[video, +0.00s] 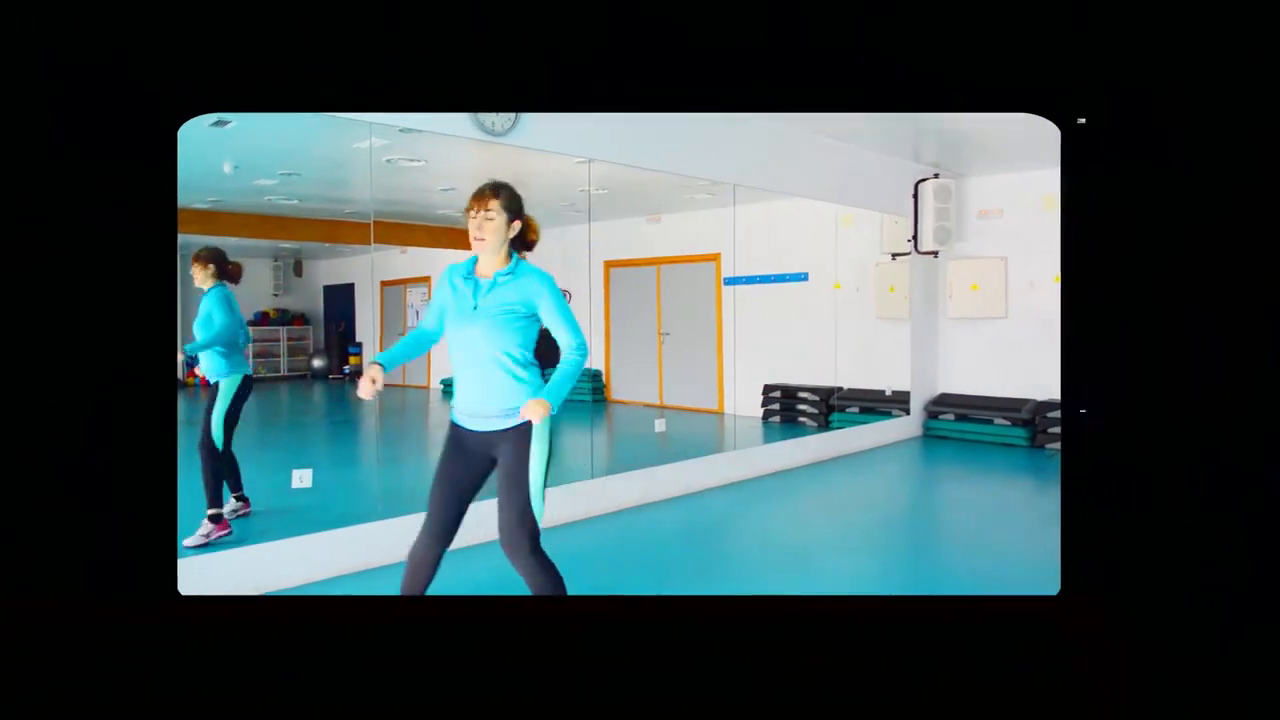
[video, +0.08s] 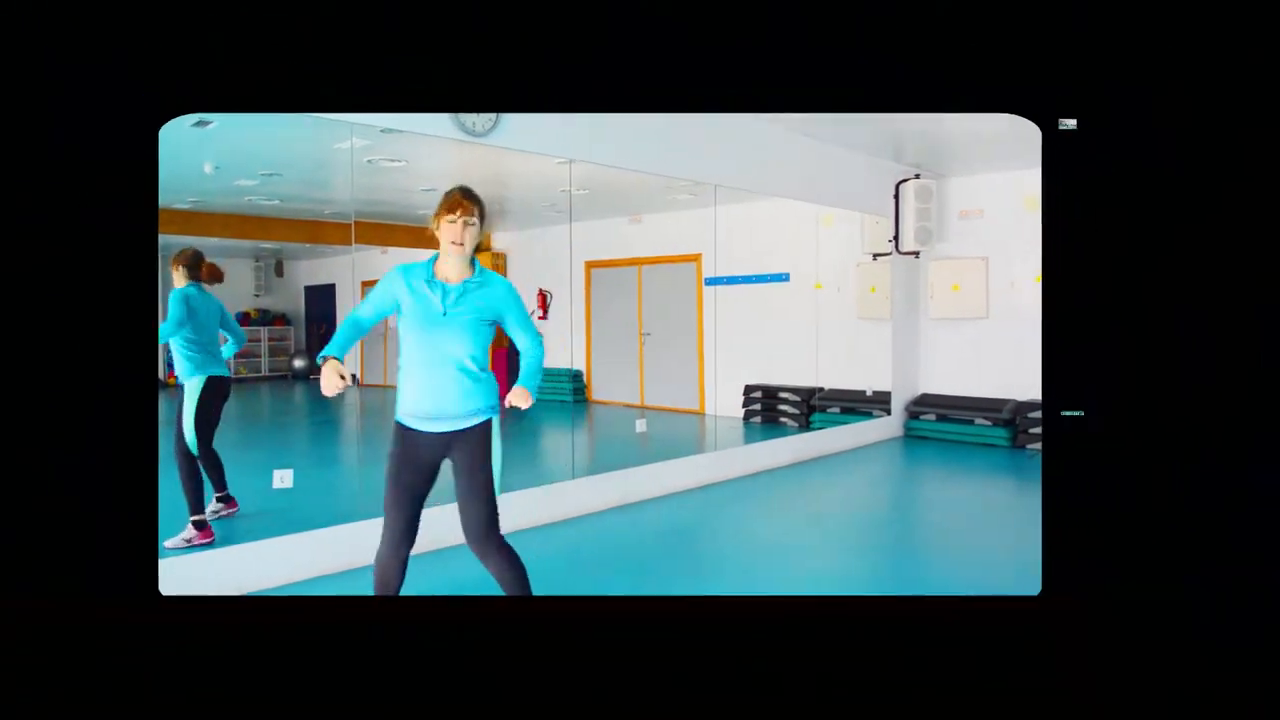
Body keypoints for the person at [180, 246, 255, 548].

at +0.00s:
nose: (192, 274)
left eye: (195, 268)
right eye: (192, 269)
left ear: (210, 269)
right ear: (211, 270)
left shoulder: (217, 296)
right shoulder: (219, 296)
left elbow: (227, 334)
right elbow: (243, 336)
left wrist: (190, 349)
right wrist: (206, 351)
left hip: (232, 377)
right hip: (225, 378)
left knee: (210, 444)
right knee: (218, 442)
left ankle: (215, 519)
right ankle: (240, 499)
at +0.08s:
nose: (172, 276)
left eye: (173, 271)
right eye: (173, 272)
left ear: (179, 271)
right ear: (199, 271)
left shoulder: (180, 295)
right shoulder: (213, 300)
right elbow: (238, 337)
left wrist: (157, 335)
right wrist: (220, 355)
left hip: (200, 380)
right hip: (216, 377)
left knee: (185, 449)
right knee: (202, 443)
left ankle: (198, 525)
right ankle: (224, 498)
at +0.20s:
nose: (144, 263)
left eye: (138, 261)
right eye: (153, 259)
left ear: (135, 265)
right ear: (161, 264)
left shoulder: (130, 289)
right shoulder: (177, 293)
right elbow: (215, 318)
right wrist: (194, 346)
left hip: (149, 373)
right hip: (181, 372)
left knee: (148, 446)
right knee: (166, 439)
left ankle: (158, 524)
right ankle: (189, 503)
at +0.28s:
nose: (131, 261)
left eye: (101, 262)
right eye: (130, 257)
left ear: (102, 262)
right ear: (129, 261)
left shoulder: (99, 286)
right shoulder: (148, 288)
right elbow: (180, 307)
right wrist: (167, 341)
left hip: (115, 372)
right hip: (150, 372)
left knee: (114, 449)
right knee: (139, 438)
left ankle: (117, 523)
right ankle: (158, 501)